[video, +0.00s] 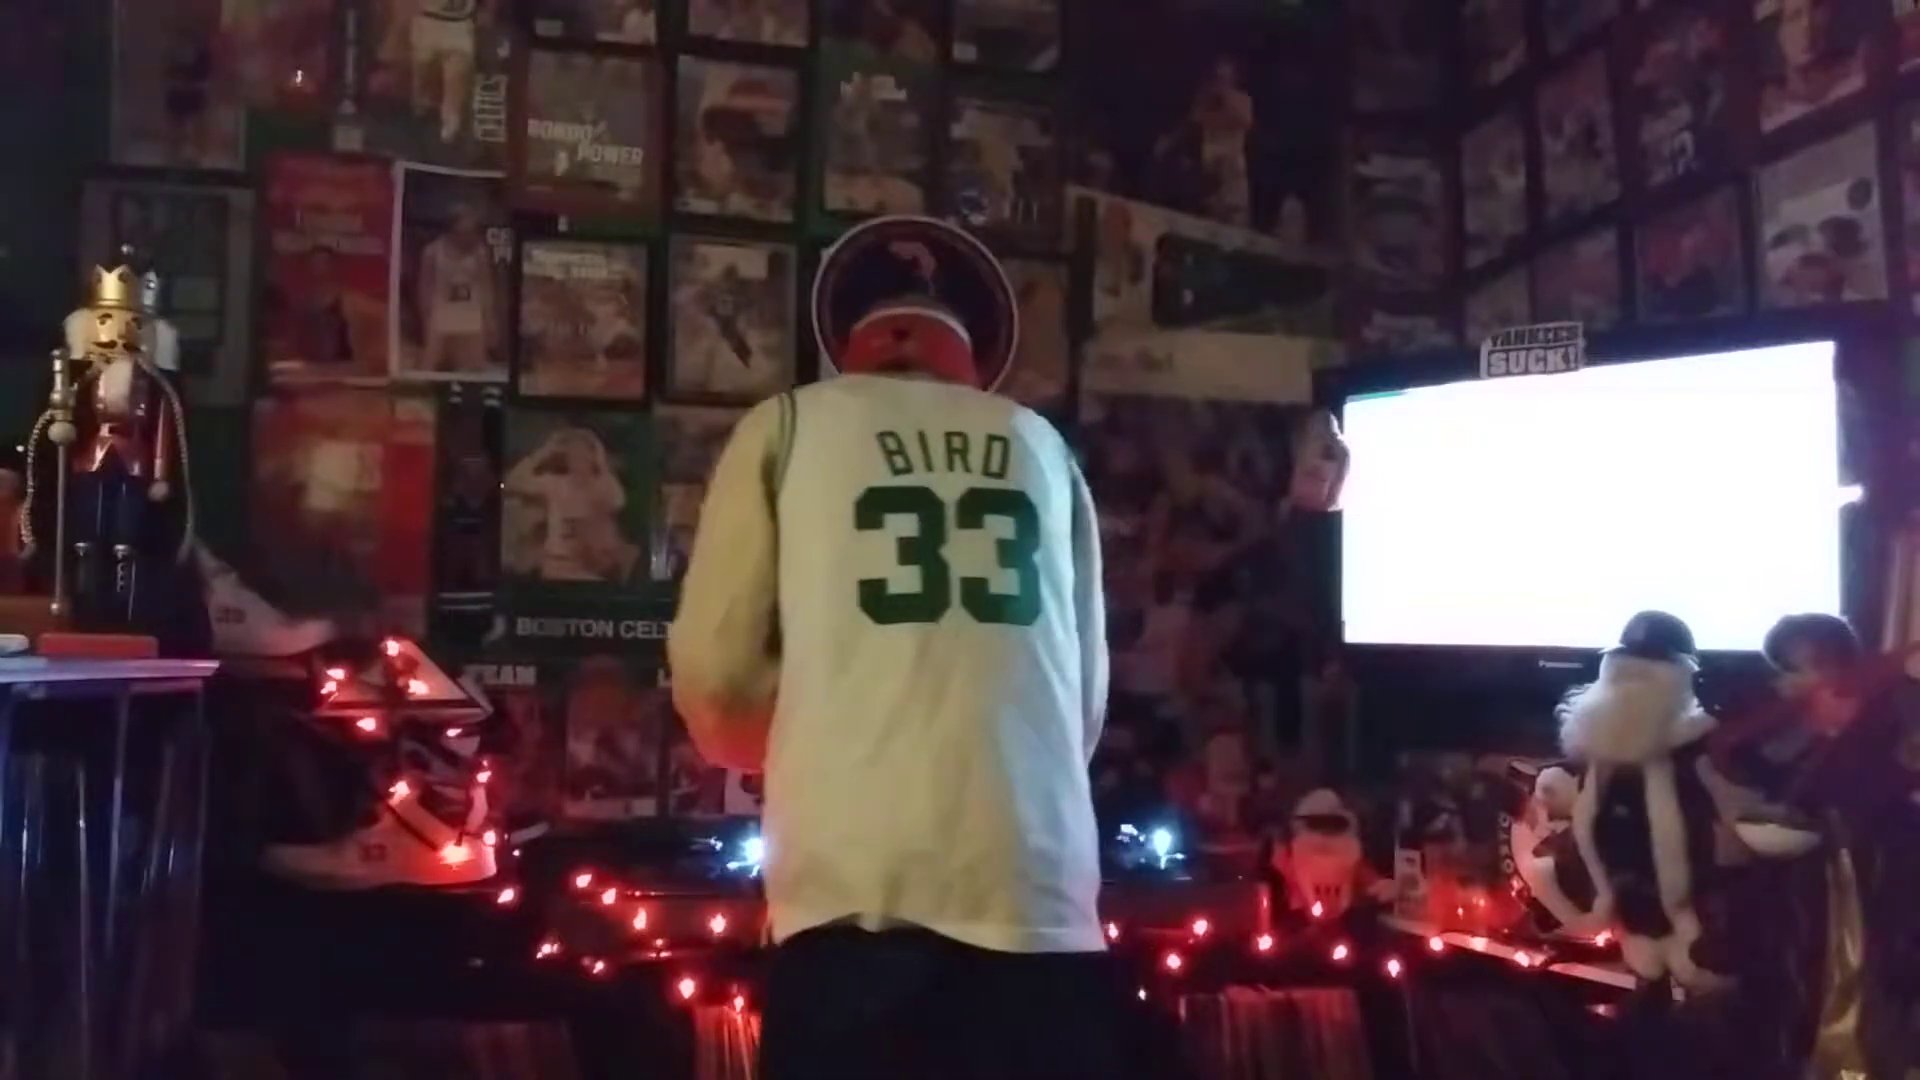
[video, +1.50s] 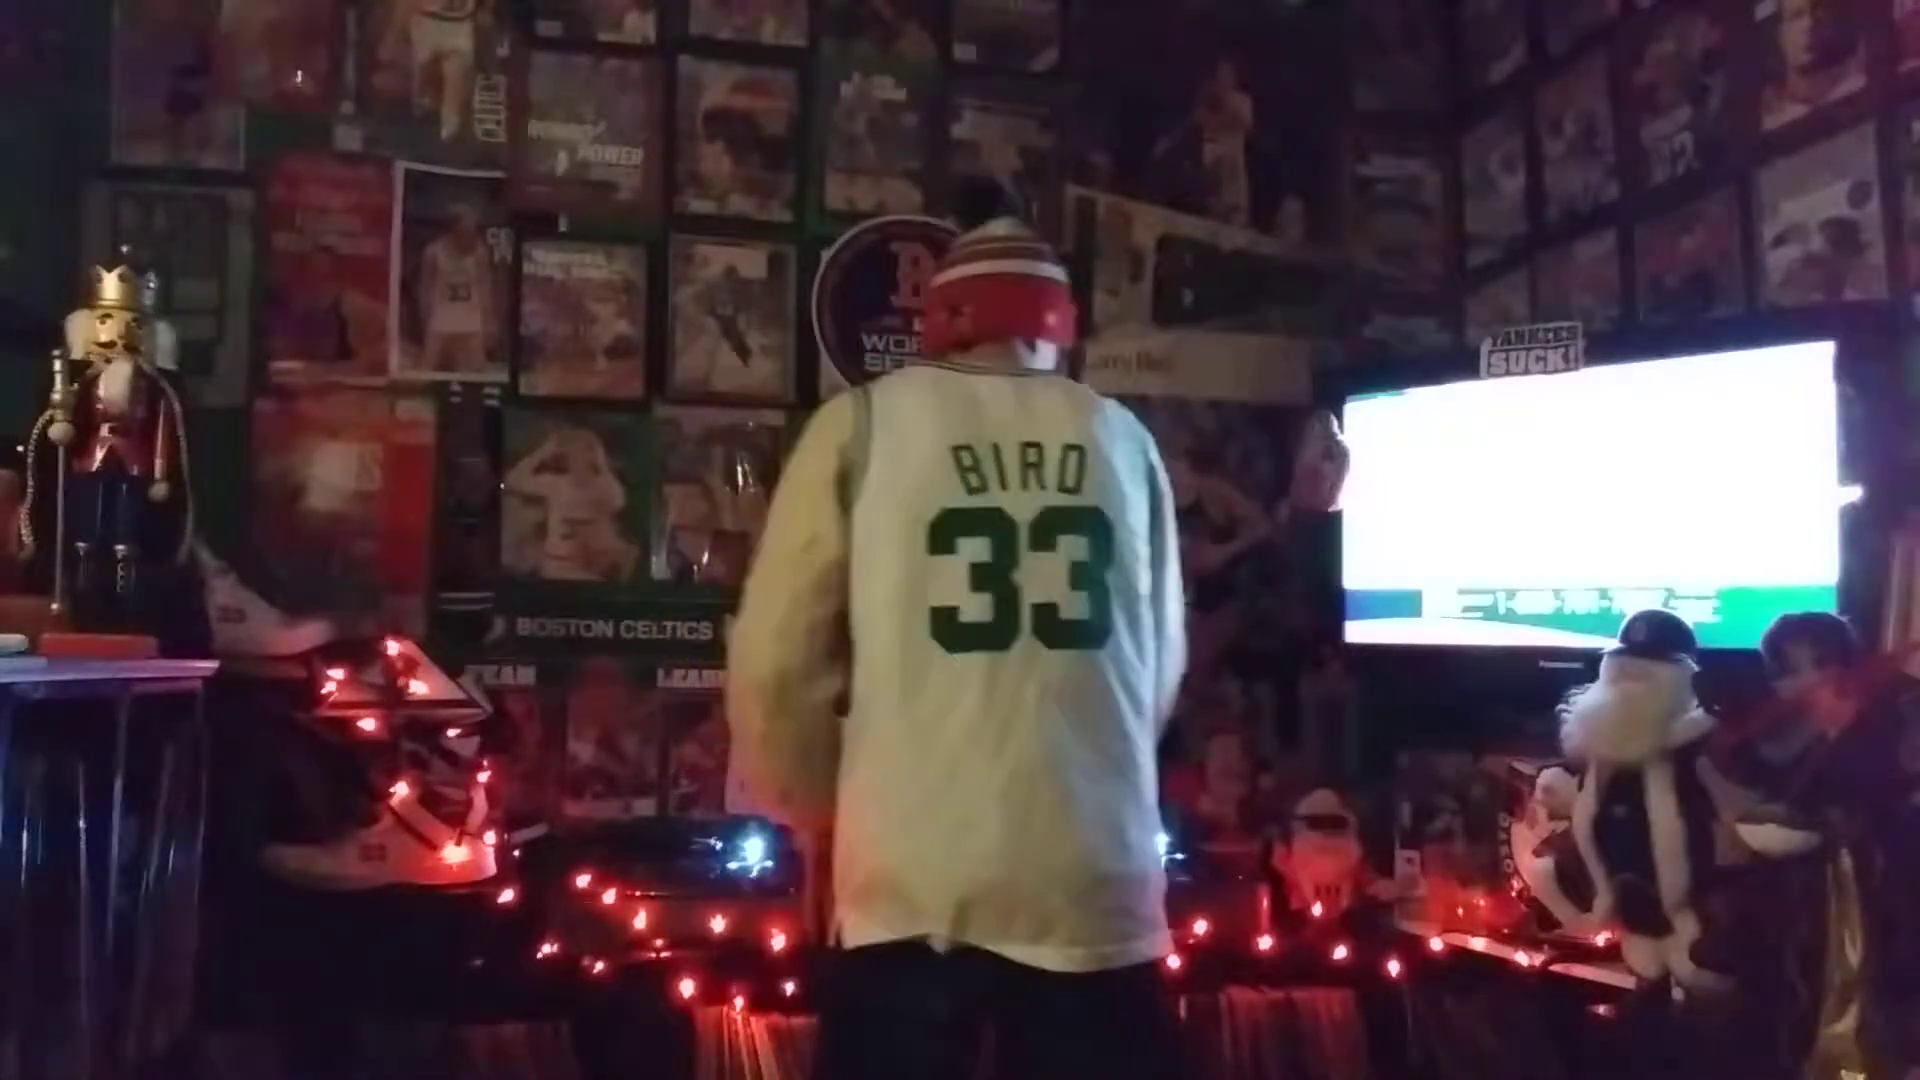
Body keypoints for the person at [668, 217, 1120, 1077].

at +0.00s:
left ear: (840, 344)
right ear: (977, 349)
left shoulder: (781, 426)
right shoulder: (1050, 449)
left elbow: (712, 673)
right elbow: (1084, 703)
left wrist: (817, 767)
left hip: (847, 928)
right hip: (1043, 932)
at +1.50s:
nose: (919, 322)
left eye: (929, 306)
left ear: (945, 318)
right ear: (1062, 335)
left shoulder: (857, 424)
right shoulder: (1128, 440)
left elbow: (773, 662)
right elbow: (1161, 664)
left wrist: (830, 814)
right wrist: (1083, 779)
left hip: (908, 874)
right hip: (1097, 882)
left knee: (895, 1063)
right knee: (1099, 1067)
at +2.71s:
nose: (1122, 360)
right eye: (1119, 345)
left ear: (985, 326)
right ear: (1107, 342)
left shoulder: (875, 414)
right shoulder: (1150, 450)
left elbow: (797, 653)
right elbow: (1200, 701)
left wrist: (913, 712)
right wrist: (1099, 771)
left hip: (899, 899)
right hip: (1094, 910)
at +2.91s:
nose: (1063, 353)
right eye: (1060, 335)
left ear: (929, 316)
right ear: (1048, 332)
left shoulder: (815, 415)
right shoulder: (1092, 440)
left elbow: (738, 652)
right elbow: (1150, 685)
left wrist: (858, 714)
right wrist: (1059, 762)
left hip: (851, 895)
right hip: (1045, 904)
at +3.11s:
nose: (1013, 352)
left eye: (1011, 339)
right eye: (1010, 335)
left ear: (874, 316)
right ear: (994, 327)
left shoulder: (756, 412)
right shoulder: (1032, 430)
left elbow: (685, 653)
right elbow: (1093, 678)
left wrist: (809, 721)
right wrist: (982, 735)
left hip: (796, 903)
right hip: (990, 908)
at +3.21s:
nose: (988, 358)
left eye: (988, 340)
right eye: (988, 337)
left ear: (841, 318)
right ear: (970, 325)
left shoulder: (726, 416)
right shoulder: (997, 427)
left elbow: (661, 661)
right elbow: (1064, 676)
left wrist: (790, 711)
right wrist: (947, 732)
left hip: (770, 909)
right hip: (963, 913)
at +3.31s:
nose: (966, 363)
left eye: (966, 347)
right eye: (963, 343)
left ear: (828, 317)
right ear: (942, 331)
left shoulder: (699, 423)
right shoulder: (970, 424)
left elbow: (642, 667)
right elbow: (1032, 682)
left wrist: (775, 704)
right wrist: (930, 753)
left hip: (750, 906)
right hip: (939, 911)